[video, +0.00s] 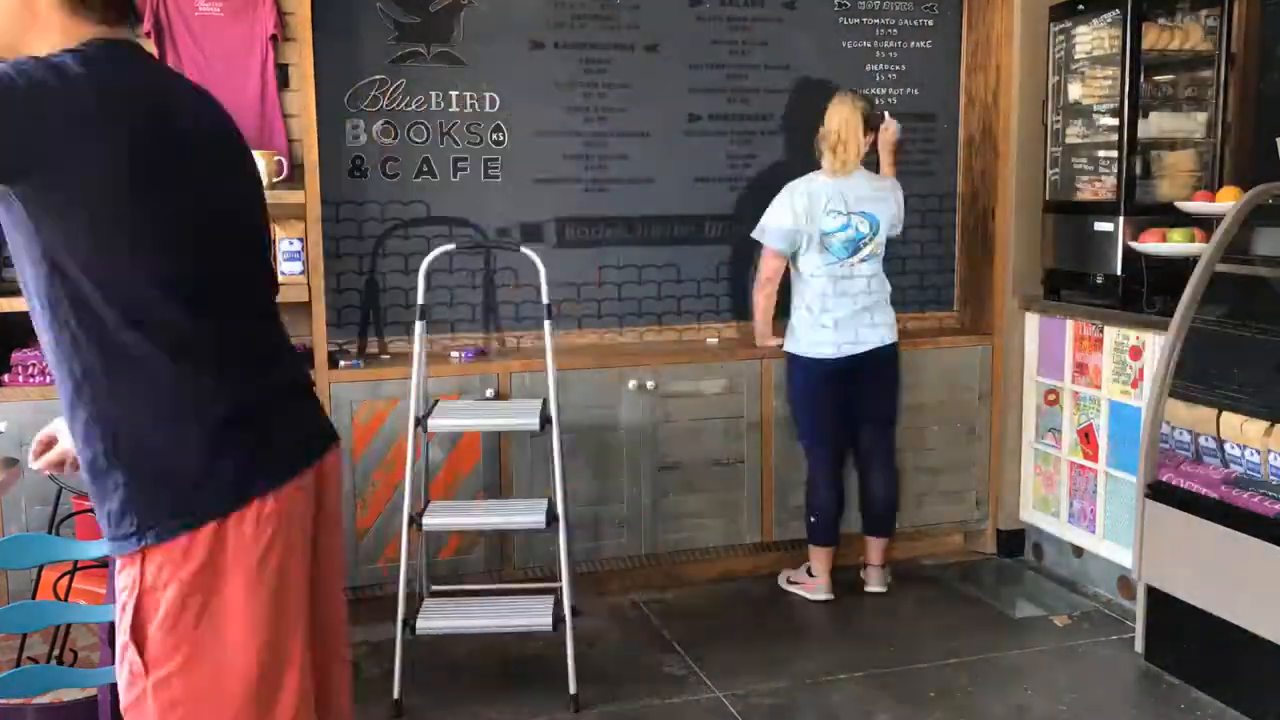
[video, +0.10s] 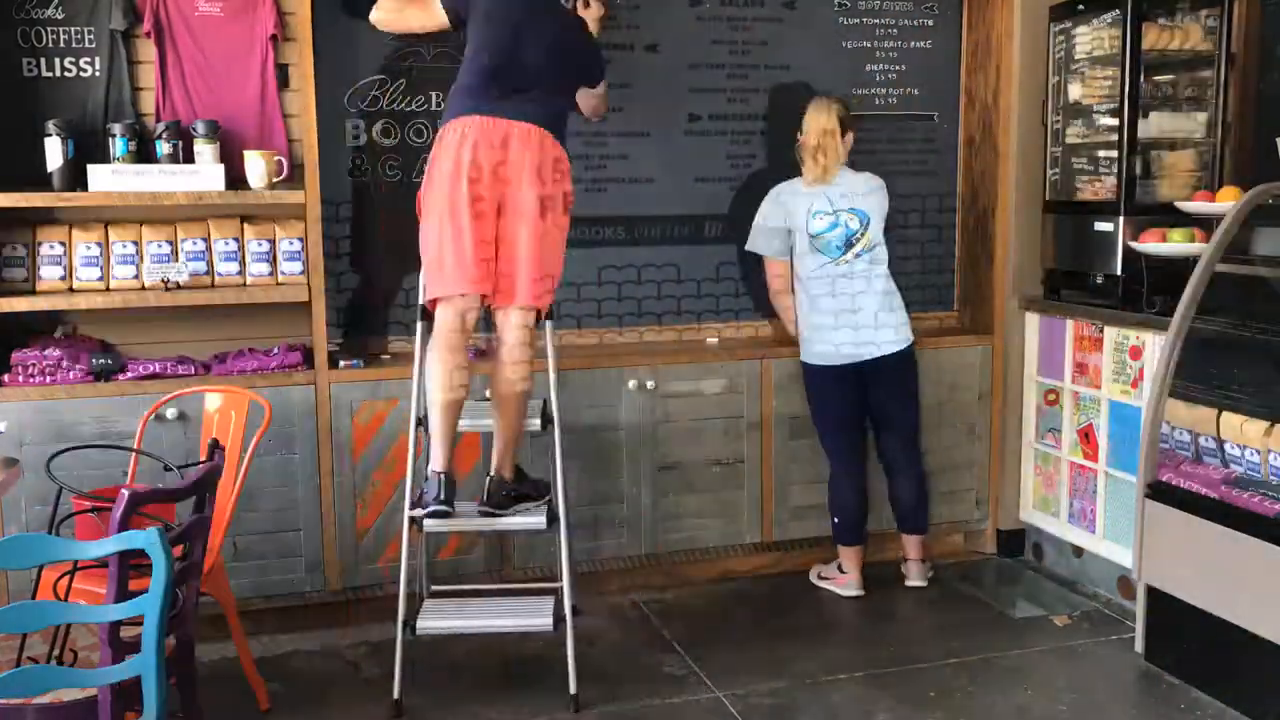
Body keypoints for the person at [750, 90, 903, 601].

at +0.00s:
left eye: (821, 127)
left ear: (822, 135)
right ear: (866, 139)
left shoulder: (798, 195)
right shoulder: (884, 191)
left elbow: (768, 278)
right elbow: (892, 217)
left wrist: (763, 335)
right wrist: (887, 155)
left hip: (816, 351)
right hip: (877, 347)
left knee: (823, 461)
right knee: (878, 452)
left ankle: (819, 574)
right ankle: (876, 569)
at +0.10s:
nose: (849, 141)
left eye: (810, 132)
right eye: (849, 134)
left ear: (801, 139)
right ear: (846, 139)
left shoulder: (781, 201)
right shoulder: (874, 190)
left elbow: (779, 285)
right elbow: (863, 253)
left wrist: (804, 335)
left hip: (828, 355)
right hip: (890, 347)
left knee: (845, 462)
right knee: (903, 452)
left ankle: (849, 571)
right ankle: (916, 563)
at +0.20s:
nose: (856, 140)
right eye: (854, 134)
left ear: (801, 142)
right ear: (847, 140)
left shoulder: (785, 204)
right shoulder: (874, 191)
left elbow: (775, 286)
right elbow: (866, 254)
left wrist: (782, 344)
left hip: (823, 354)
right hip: (885, 349)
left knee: (840, 460)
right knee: (905, 449)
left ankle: (849, 570)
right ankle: (930, 553)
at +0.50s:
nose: (845, 133)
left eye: (847, 127)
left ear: (850, 134)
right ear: (893, 139)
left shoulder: (831, 195)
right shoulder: (912, 192)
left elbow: (819, 285)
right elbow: (907, 193)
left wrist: (789, 338)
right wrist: (900, 148)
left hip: (856, 353)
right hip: (917, 346)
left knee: (861, 458)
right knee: (927, 448)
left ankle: (850, 570)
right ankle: (939, 560)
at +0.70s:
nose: (874, 139)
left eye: (874, 132)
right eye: (884, 131)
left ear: (874, 138)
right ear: (919, 136)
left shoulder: (871, 196)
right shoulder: (943, 185)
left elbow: (864, 282)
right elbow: (930, 175)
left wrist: (828, 332)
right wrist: (918, 146)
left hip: (902, 349)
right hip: (961, 339)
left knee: (906, 452)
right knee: (965, 448)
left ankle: (894, 565)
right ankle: (973, 559)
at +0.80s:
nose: (928, 103)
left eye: (935, 93)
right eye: (931, 92)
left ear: (965, 99)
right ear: (981, 100)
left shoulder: (944, 158)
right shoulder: (1017, 158)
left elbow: (943, 254)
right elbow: (1026, 234)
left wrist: (918, 333)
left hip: (954, 342)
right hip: (1015, 341)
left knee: (937, 465)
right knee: (1007, 457)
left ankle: (937, 588)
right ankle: (1012, 581)